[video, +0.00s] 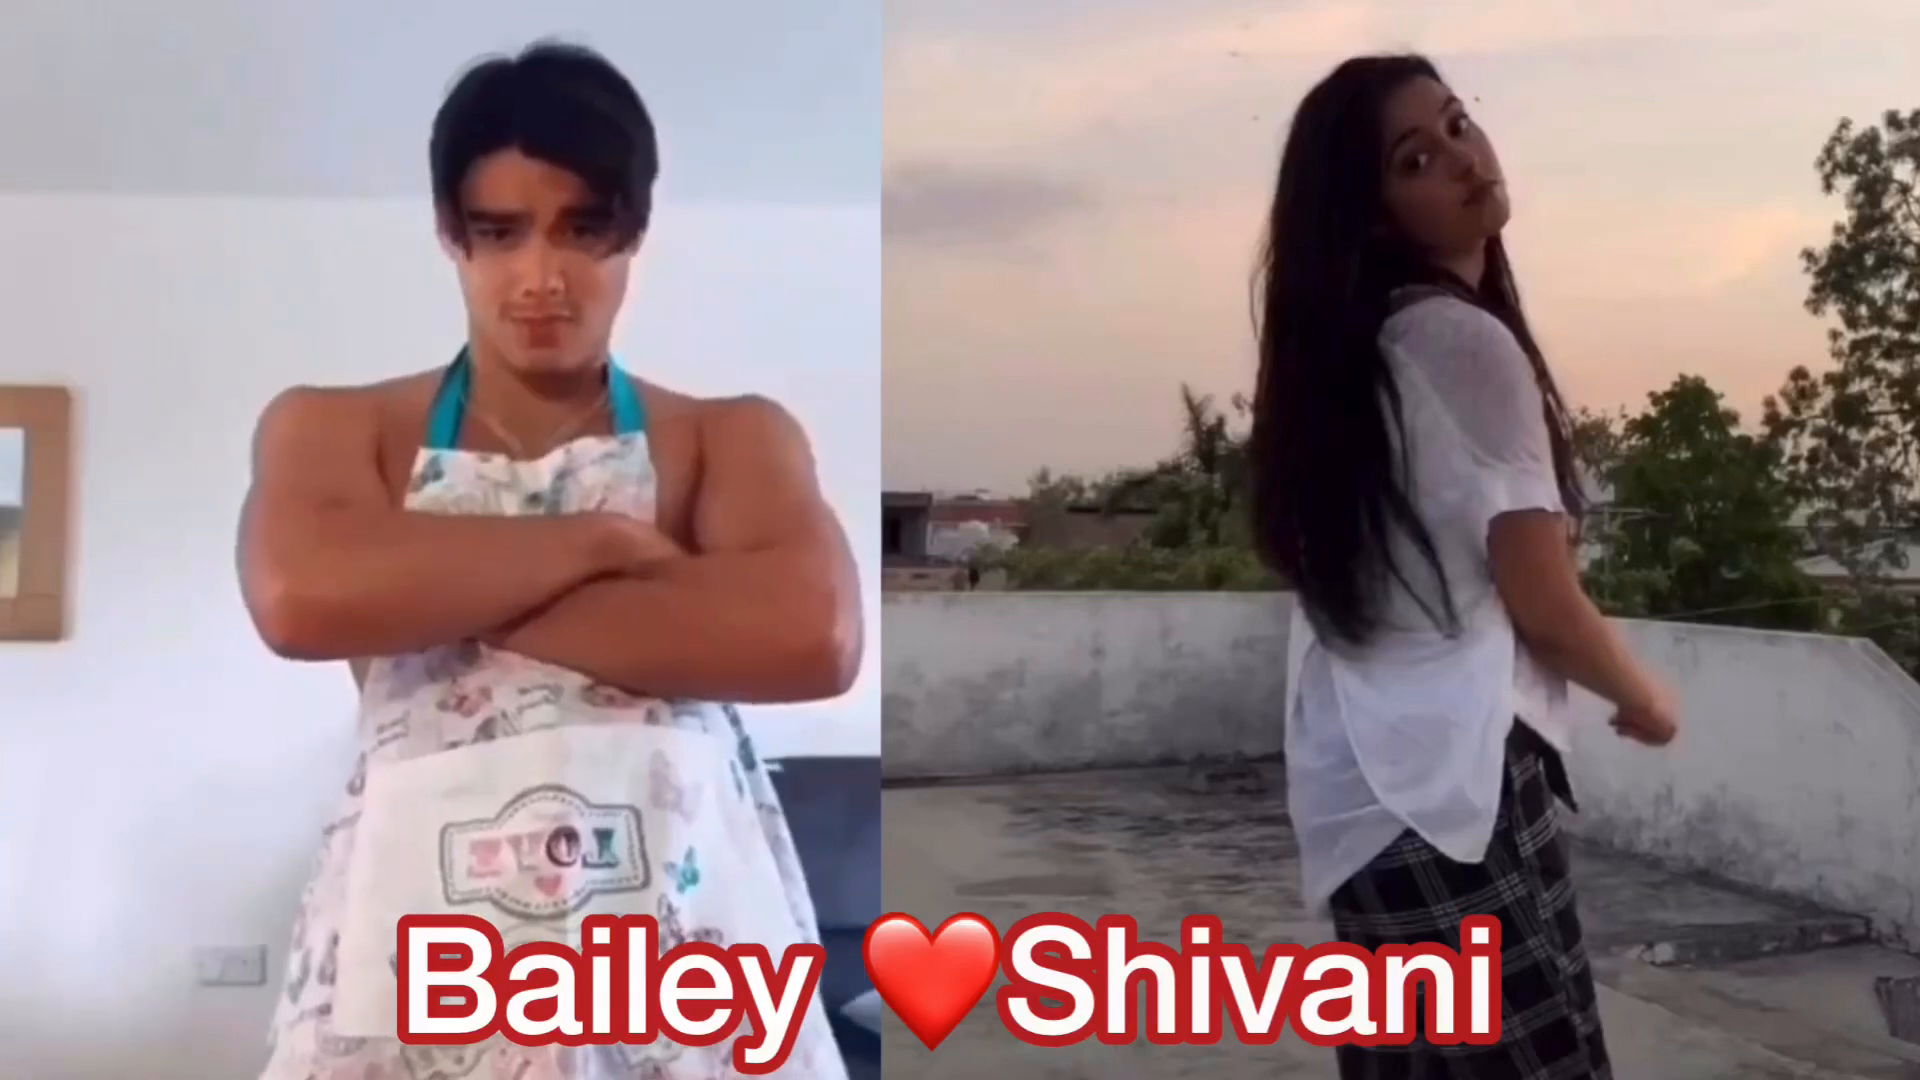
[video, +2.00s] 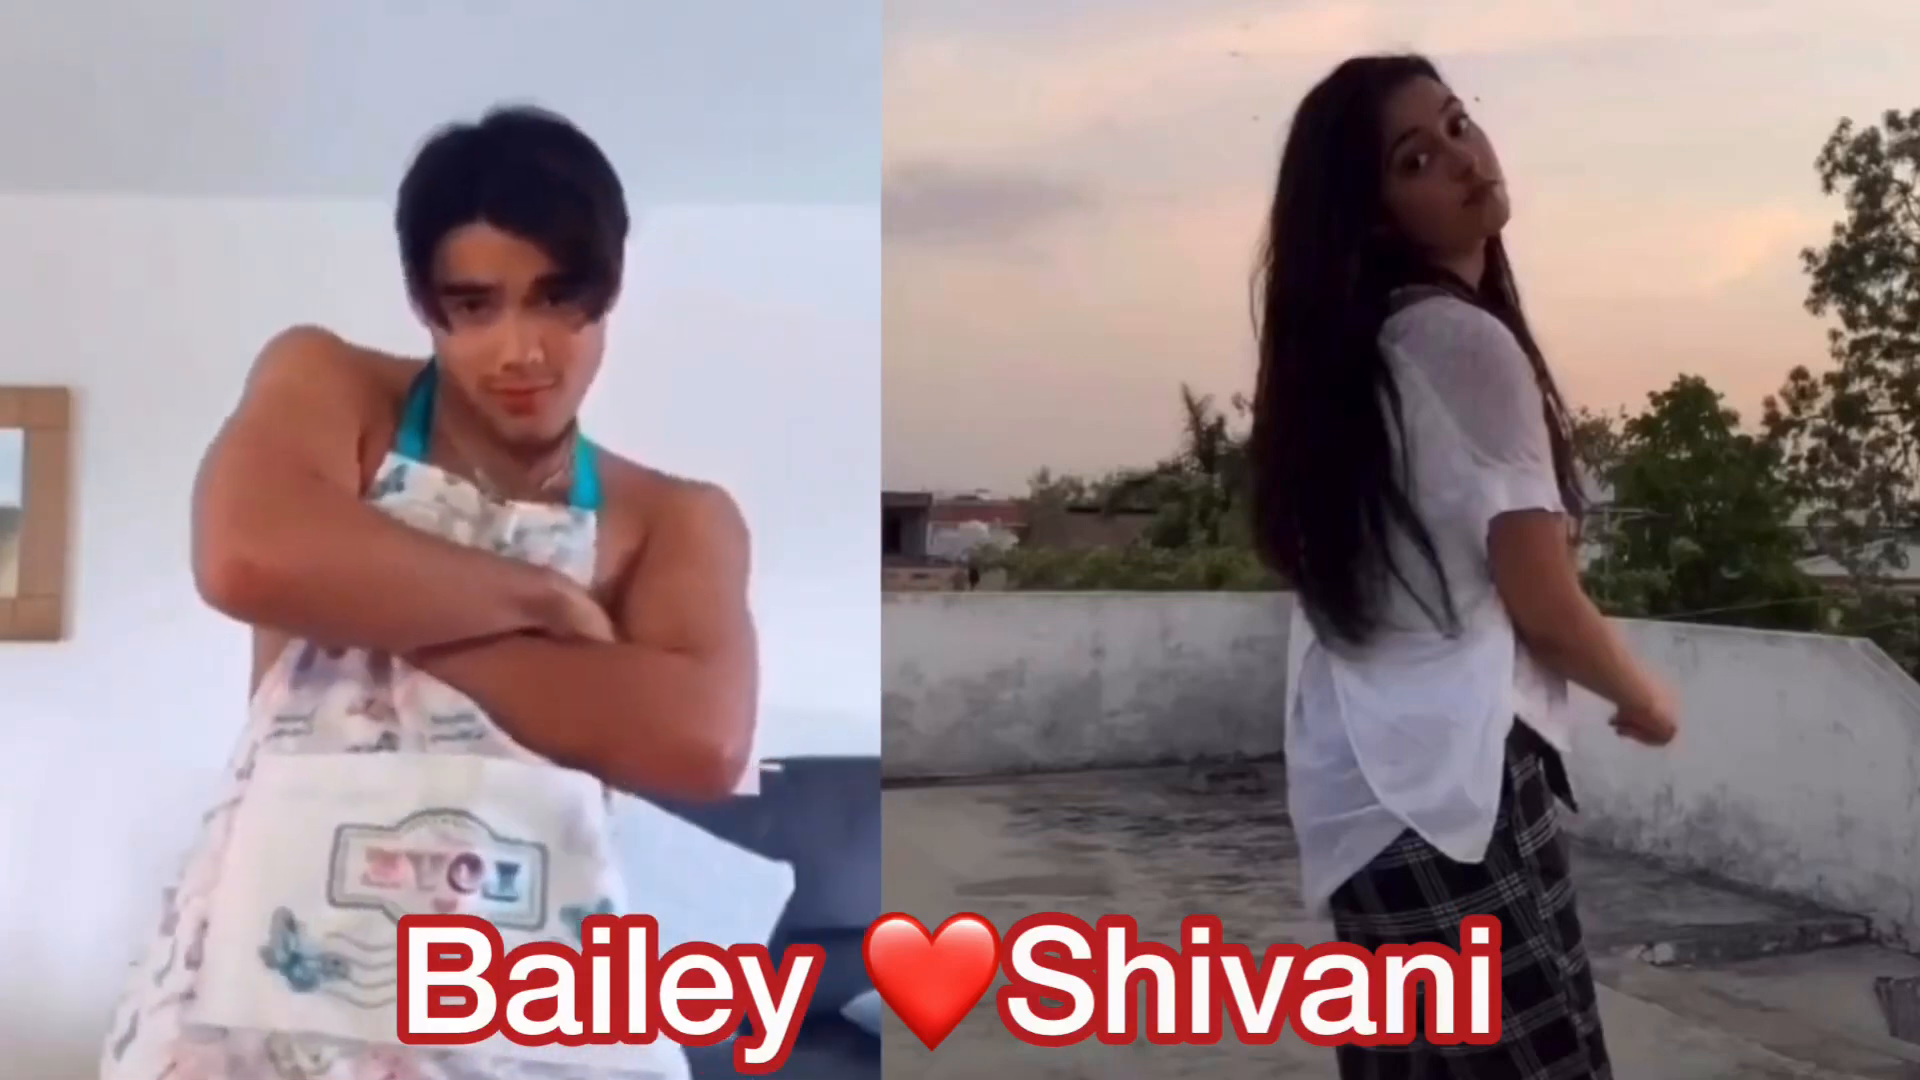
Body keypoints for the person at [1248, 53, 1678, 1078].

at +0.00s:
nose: (1467, 158)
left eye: (1460, 125)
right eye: (1418, 158)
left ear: (1480, 128)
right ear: (1370, 210)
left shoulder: (1352, 333)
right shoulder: (1464, 339)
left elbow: (1393, 566)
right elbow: (1544, 602)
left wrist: (1548, 667)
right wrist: (1643, 697)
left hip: (1361, 784)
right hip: (1450, 790)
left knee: (1396, 1056)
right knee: (1544, 1056)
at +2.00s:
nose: (1467, 158)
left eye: (1459, 125)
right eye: (1418, 158)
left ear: (1480, 128)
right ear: (1370, 210)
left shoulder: (1352, 333)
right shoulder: (1464, 339)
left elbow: (1393, 566)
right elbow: (1545, 603)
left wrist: (1546, 665)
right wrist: (1642, 697)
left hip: (1362, 783)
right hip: (1451, 789)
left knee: (1397, 1056)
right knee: (1544, 1055)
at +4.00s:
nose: (1467, 158)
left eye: (1459, 125)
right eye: (1418, 159)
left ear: (1480, 129)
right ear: (1370, 210)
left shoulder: (1352, 332)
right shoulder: (1464, 339)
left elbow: (1392, 565)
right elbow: (1544, 602)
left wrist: (1545, 666)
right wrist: (1643, 697)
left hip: (1361, 783)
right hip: (1451, 789)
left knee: (1396, 1056)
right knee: (1544, 1055)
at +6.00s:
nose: (1466, 158)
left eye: (1459, 125)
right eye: (1417, 158)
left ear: (1480, 129)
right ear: (1370, 210)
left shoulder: (1354, 333)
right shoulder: (1465, 339)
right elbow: (1546, 604)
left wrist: (1561, 666)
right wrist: (1642, 696)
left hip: (1362, 783)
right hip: (1452, 789)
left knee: (1397, 1056)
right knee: (1545, 1056)